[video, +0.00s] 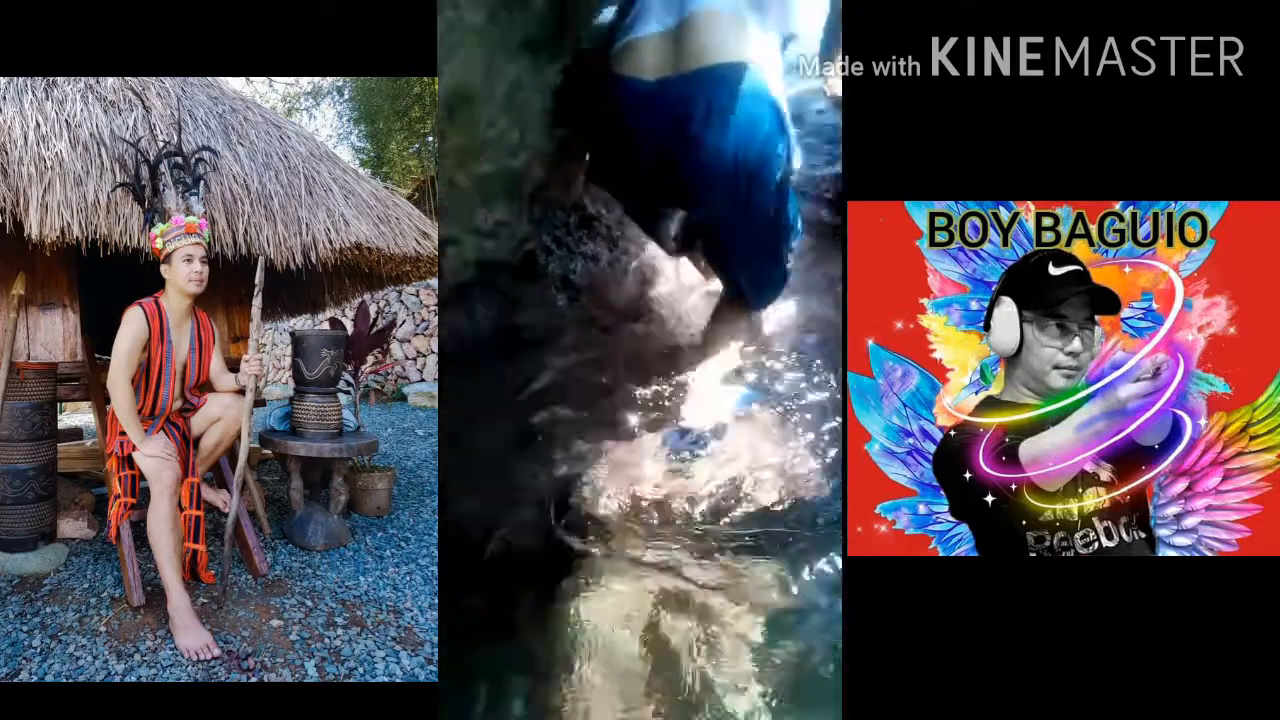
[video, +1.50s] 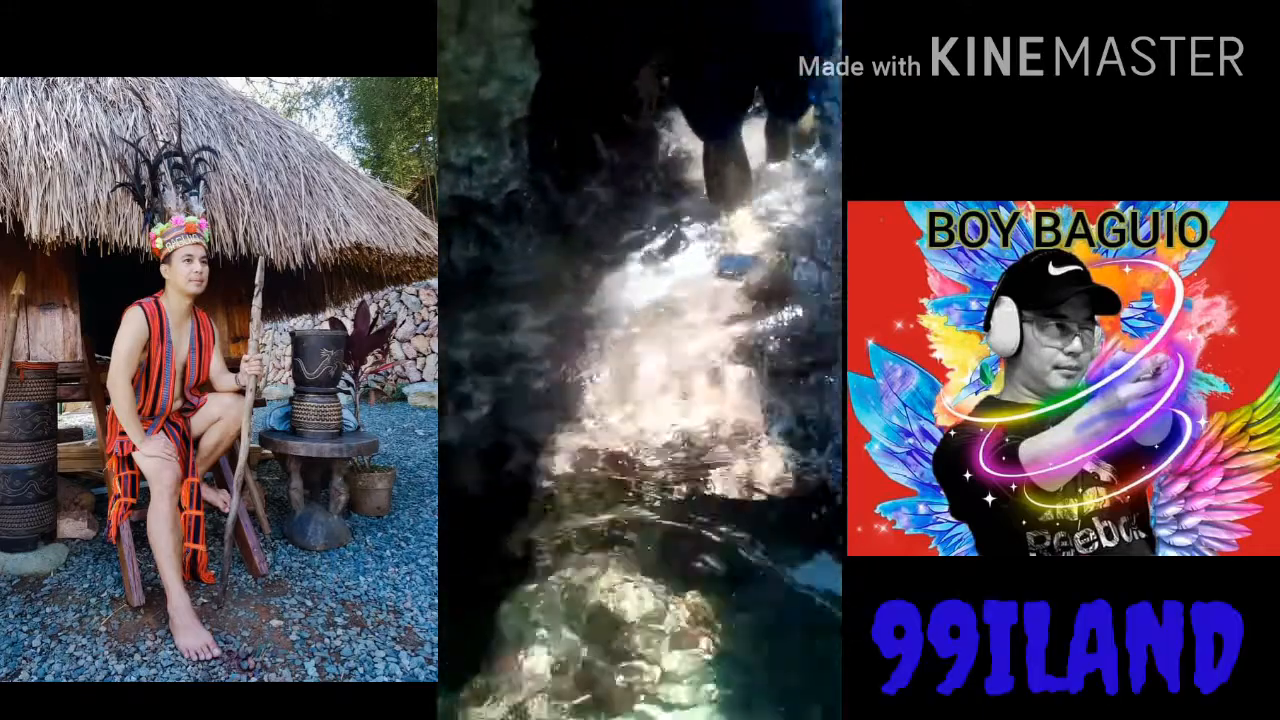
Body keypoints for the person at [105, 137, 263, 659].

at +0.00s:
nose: (198, 268)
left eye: (203, 260)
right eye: (187, 260)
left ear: (207, 266)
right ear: (164, 267)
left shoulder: (206, 324)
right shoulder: (142, 316)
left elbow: (221, 382)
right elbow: (117, 380)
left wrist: (244, 379)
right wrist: (138, 440)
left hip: (180, 420)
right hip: (140, 425)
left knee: (237, 407)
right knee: (169, 476)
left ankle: (191, 479)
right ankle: (179, 606)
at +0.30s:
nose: (198, 268)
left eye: (203, 260)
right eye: (187, 261)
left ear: (207, 266)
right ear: (164, 267)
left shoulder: (206, 323)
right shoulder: (142, 316)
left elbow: (221, 382)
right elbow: (117, 380)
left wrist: (244, 380)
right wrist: (138, 439)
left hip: (180, 420)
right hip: (140, 425)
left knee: (238, 407)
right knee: (169, 476)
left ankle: (191, 478)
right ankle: (179, 607)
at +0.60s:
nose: (198, 268)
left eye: (203, 260)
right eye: (187, 261)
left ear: (207, 267)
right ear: (164, 267)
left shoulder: (205, 323)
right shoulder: (142, 316)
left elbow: (220, 381)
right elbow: (117, 380)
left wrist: (244, 380)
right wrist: (139, 440)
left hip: (180, 419)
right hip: (141, 425)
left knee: (238, 407)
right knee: (169, 477)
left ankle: (191, 478)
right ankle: (179, 607)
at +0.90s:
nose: (198, 269)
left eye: (203, 260)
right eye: (187, 261)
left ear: (207, 266)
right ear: (164, 267)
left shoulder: (205, 322)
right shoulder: (142, 316)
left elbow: (220, 380)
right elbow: (117, 380)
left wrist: (242, 380)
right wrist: (138, 440)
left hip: (181, 419)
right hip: (141, 425)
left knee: (237, 407)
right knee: (169, 476)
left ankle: (191, 478)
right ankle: (179, 605)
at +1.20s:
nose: (198, 268)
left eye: (203, 260)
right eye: (187, 261)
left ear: (207, 266)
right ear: (164, 267)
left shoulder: (206, 323)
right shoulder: (142, 316)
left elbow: (221, 382)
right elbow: (117, 380)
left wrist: (244, 380)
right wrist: (138, 439)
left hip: (180, 420)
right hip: (140, 425)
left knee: (238, 407)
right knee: (169, 476)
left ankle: (191, 478)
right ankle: (179, 607)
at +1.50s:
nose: (198, 268)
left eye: (203, 260)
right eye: (187, 260)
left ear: (208, 267)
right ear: (165, 267)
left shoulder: (206, 324)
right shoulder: (142, 316)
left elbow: (220, 382)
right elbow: (117, 380)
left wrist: (243, 380)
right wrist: (138, 440)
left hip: (180, 419)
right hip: (140, 424)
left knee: (237, 407)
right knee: (169, 477)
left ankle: (191, 478)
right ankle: (179, 606)